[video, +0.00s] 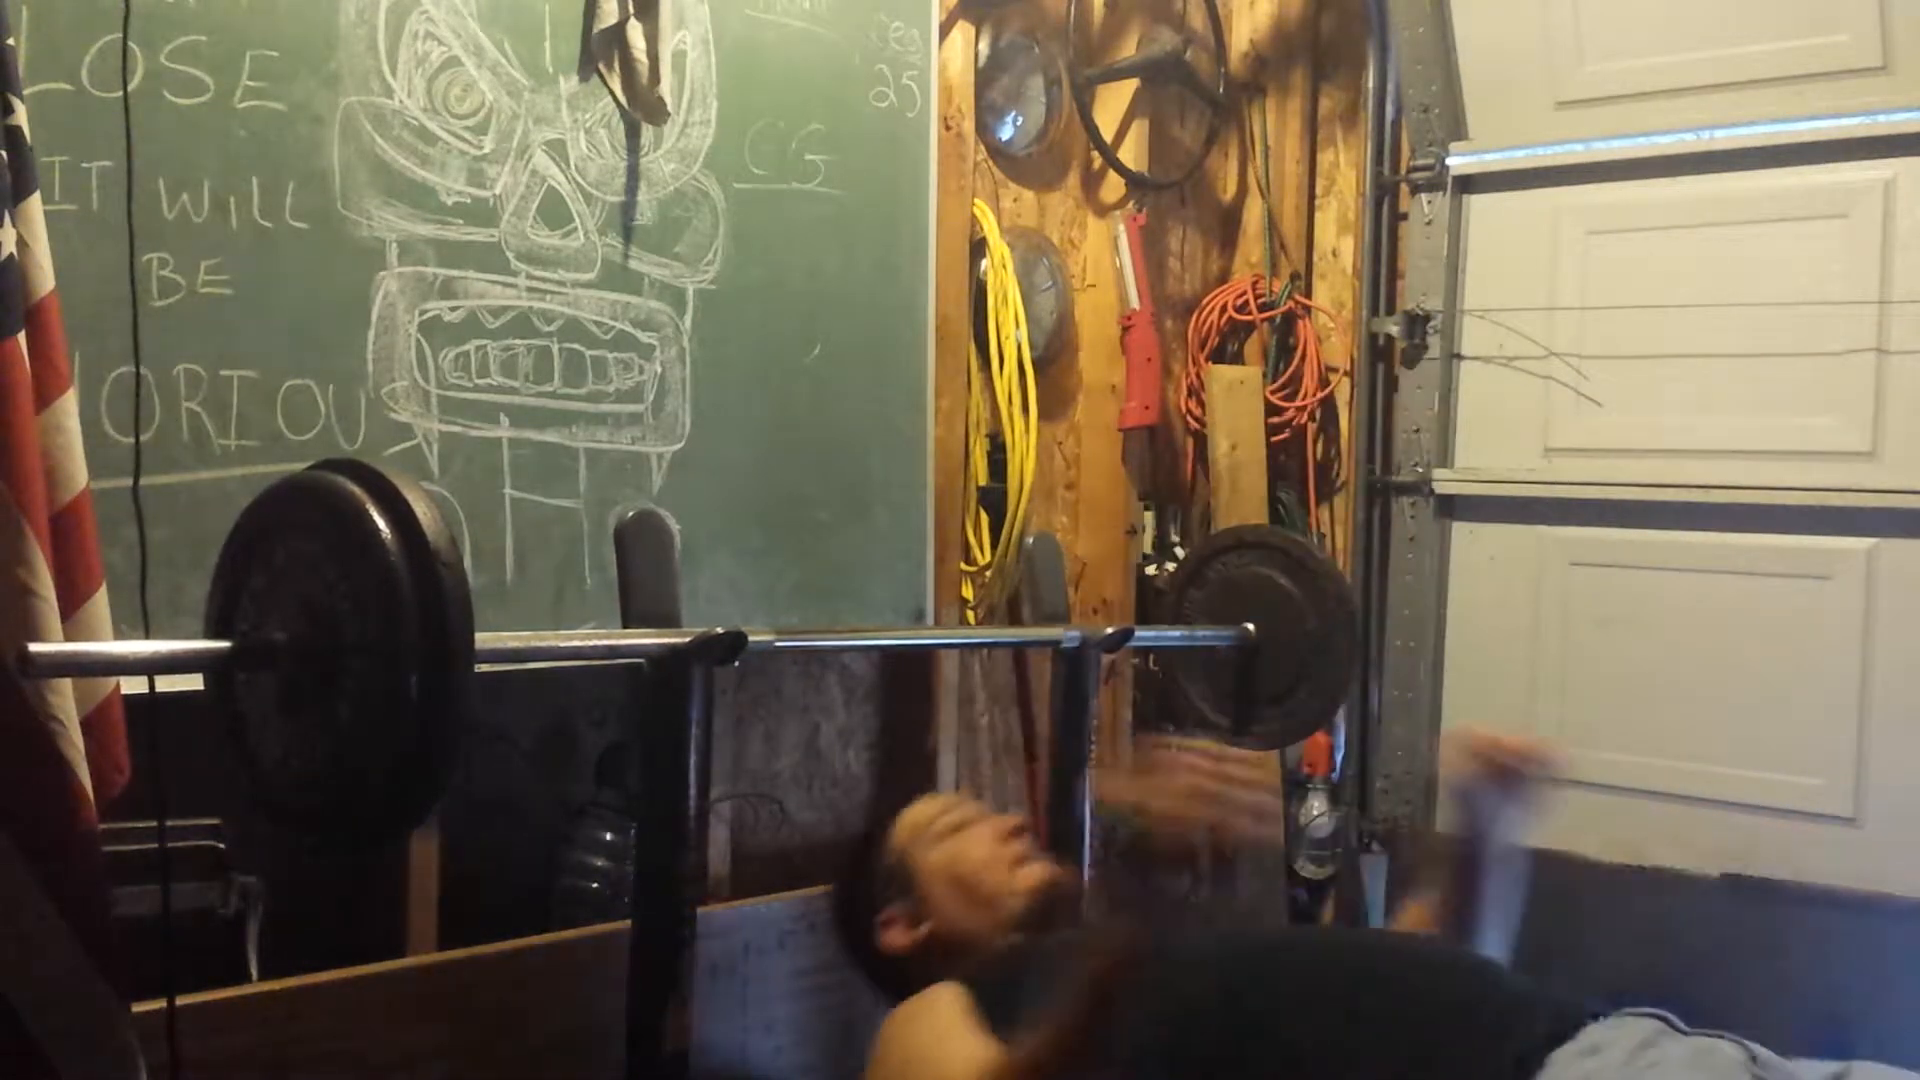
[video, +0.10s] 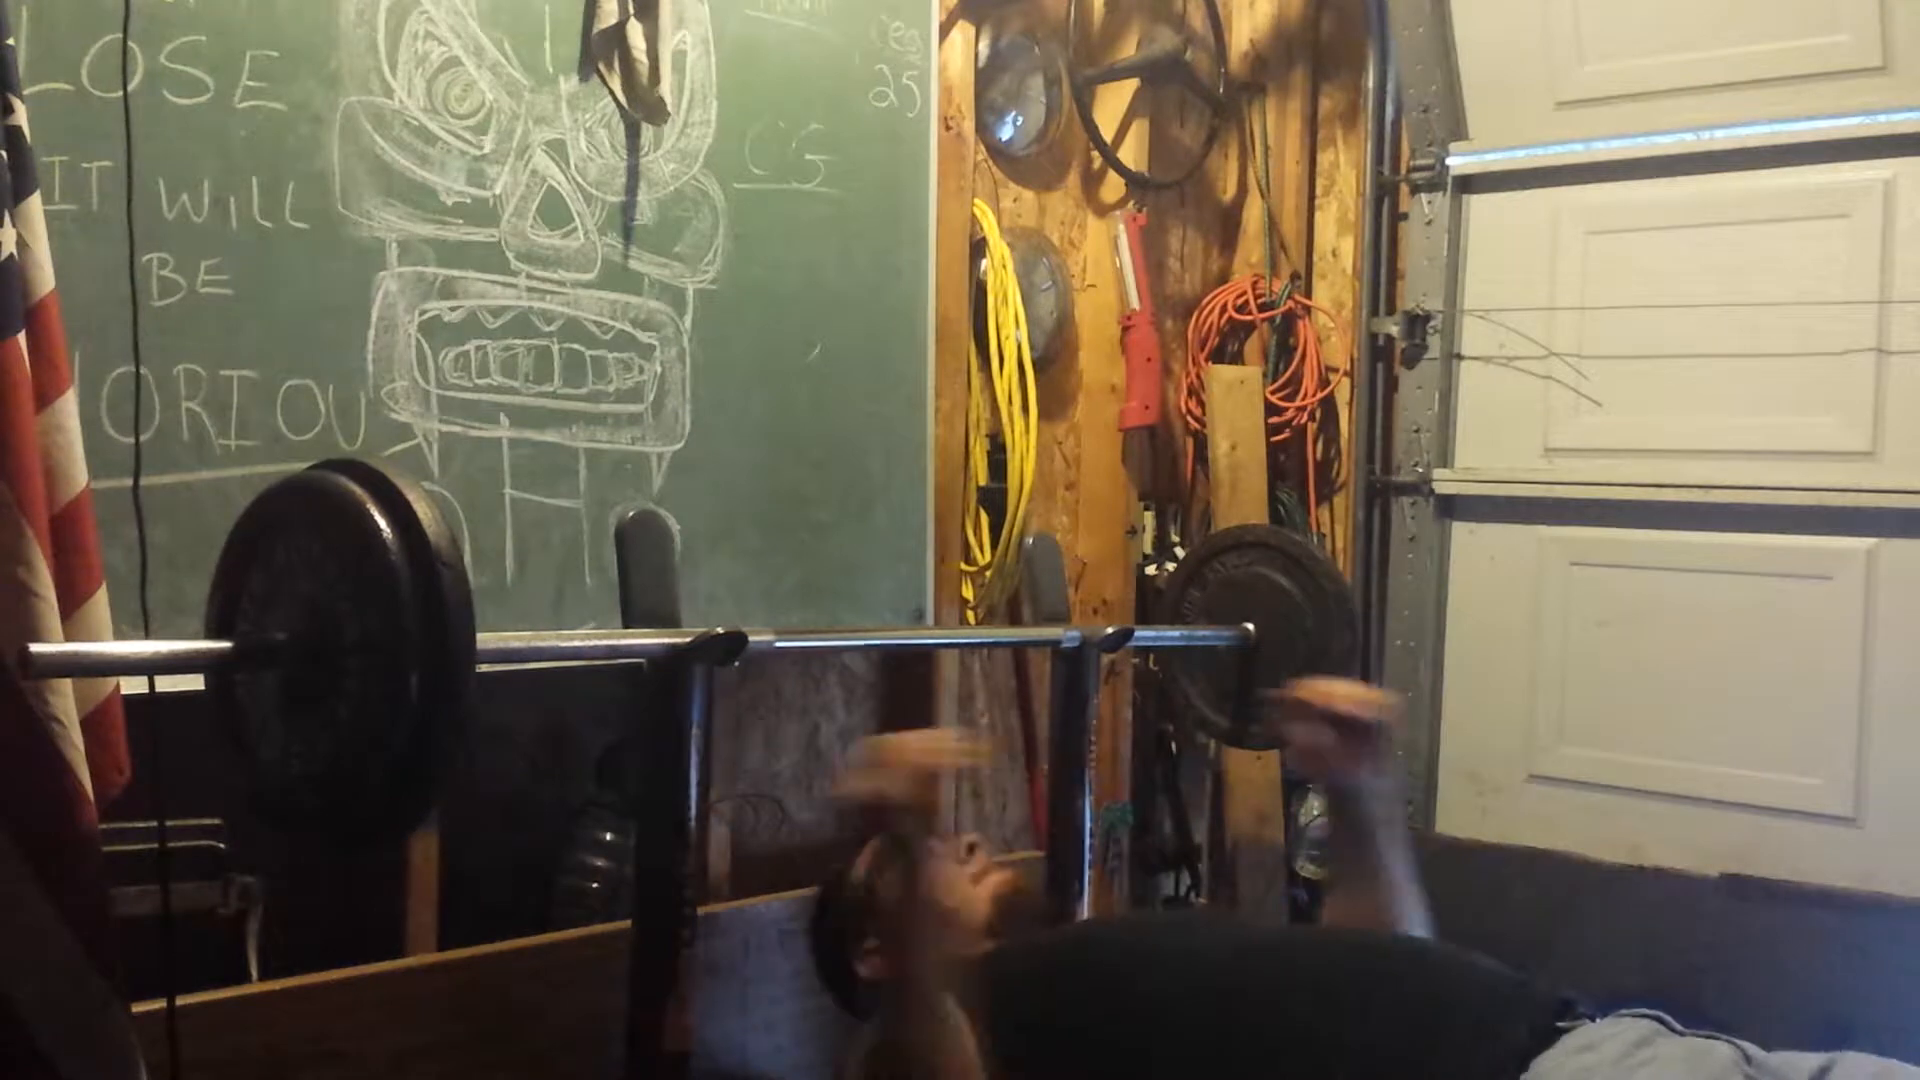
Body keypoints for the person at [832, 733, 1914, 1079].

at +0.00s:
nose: (1015, 833)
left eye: (1006, 822)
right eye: (969, 833)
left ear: (1036, 852)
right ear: (905, 931)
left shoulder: (1135, 960)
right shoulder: (947, 1016)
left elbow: (1419, 986)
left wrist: (1480, 829)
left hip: (1587, 1040)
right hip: (1537, 1064)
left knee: (1861, 1068)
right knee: (1848, 1068)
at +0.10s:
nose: (988, 863)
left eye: (980, 848)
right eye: (943, 863)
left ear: (1011, 874)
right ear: (885, 958)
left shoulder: (1126, 969)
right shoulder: (967, 1024)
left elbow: (1386, 996)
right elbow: (921, 1071)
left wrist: (1360, 798)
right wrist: (918, 965)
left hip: (1593, 1039)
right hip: (1547, 1068)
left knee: (1893, 1070)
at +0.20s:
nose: (956, 865)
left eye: (949, 854)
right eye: (916, 887)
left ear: (1004, 870)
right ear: (889, 967)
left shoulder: (1132, 955)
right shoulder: (954, 1019)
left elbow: (1350, 958)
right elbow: (839, 1075)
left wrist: (1256, 778)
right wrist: (757, 889)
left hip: (1574, 1035)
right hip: (1524, 1075)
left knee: (1889, 1064)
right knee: (1871, 1072)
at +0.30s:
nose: (947, 875)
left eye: (934, 864)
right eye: (907, 895)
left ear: (987, 890)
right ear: (889, 976)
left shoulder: (1138, 965)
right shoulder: (950, 1026)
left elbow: (1348, 940)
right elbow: (838, 1069)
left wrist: (1190, 783)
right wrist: (726, 861)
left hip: (1615, 1035)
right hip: (1548, 1075)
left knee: (1891, 1066)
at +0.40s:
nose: (930, 884)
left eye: (923, 875)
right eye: (890, 902)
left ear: (986, 895)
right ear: (878, 972)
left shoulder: (1149, 968)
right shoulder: (975, 1021)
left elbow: (1356, 910)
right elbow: (899, 1063)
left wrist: (1182, 798)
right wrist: (735, 847)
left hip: (1640, 1042)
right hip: (1557, 1077)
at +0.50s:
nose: (937, 890)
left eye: (917, 886)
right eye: (902, 912)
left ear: (966, 904)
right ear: (888, 969)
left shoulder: (1154, 963)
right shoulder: (995, 1031)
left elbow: (1347, 888)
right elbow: (917, 1021)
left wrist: (1155, 787)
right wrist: (729, 862)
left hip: (1627, 1044)